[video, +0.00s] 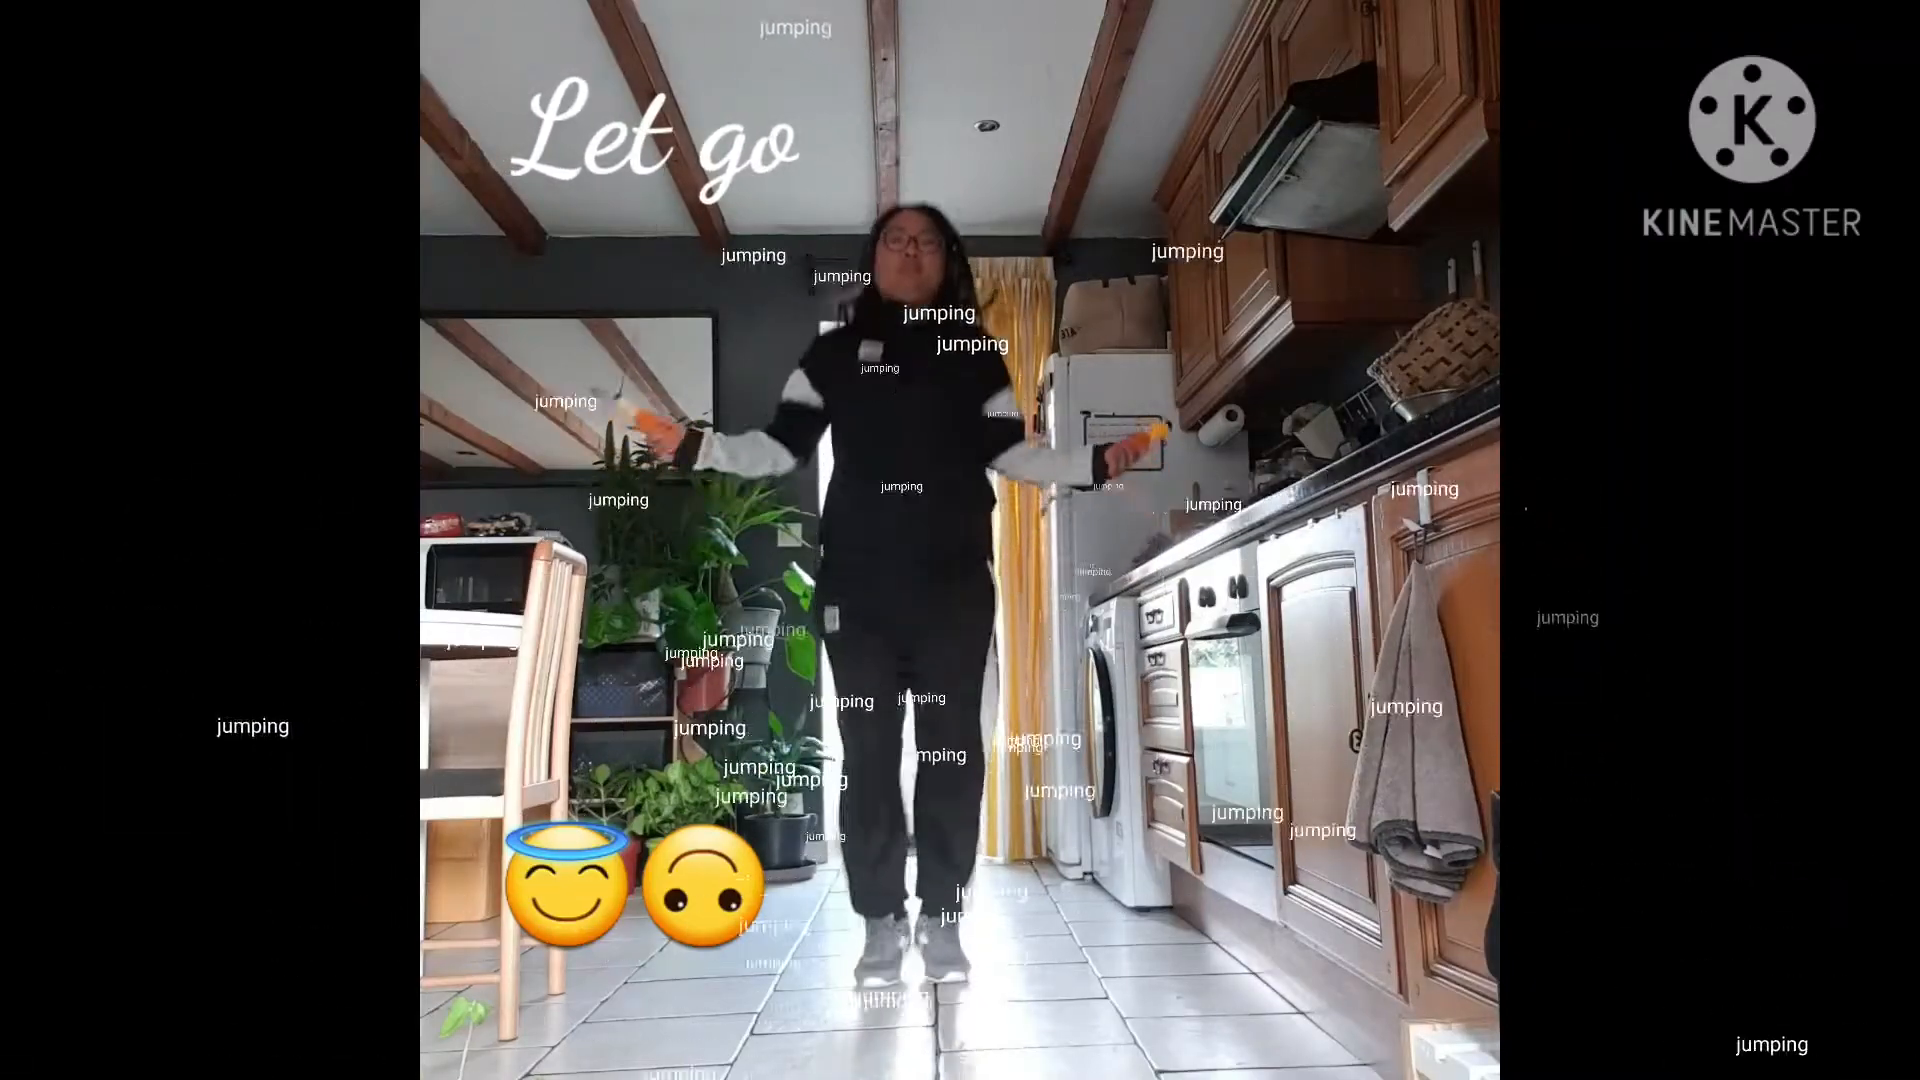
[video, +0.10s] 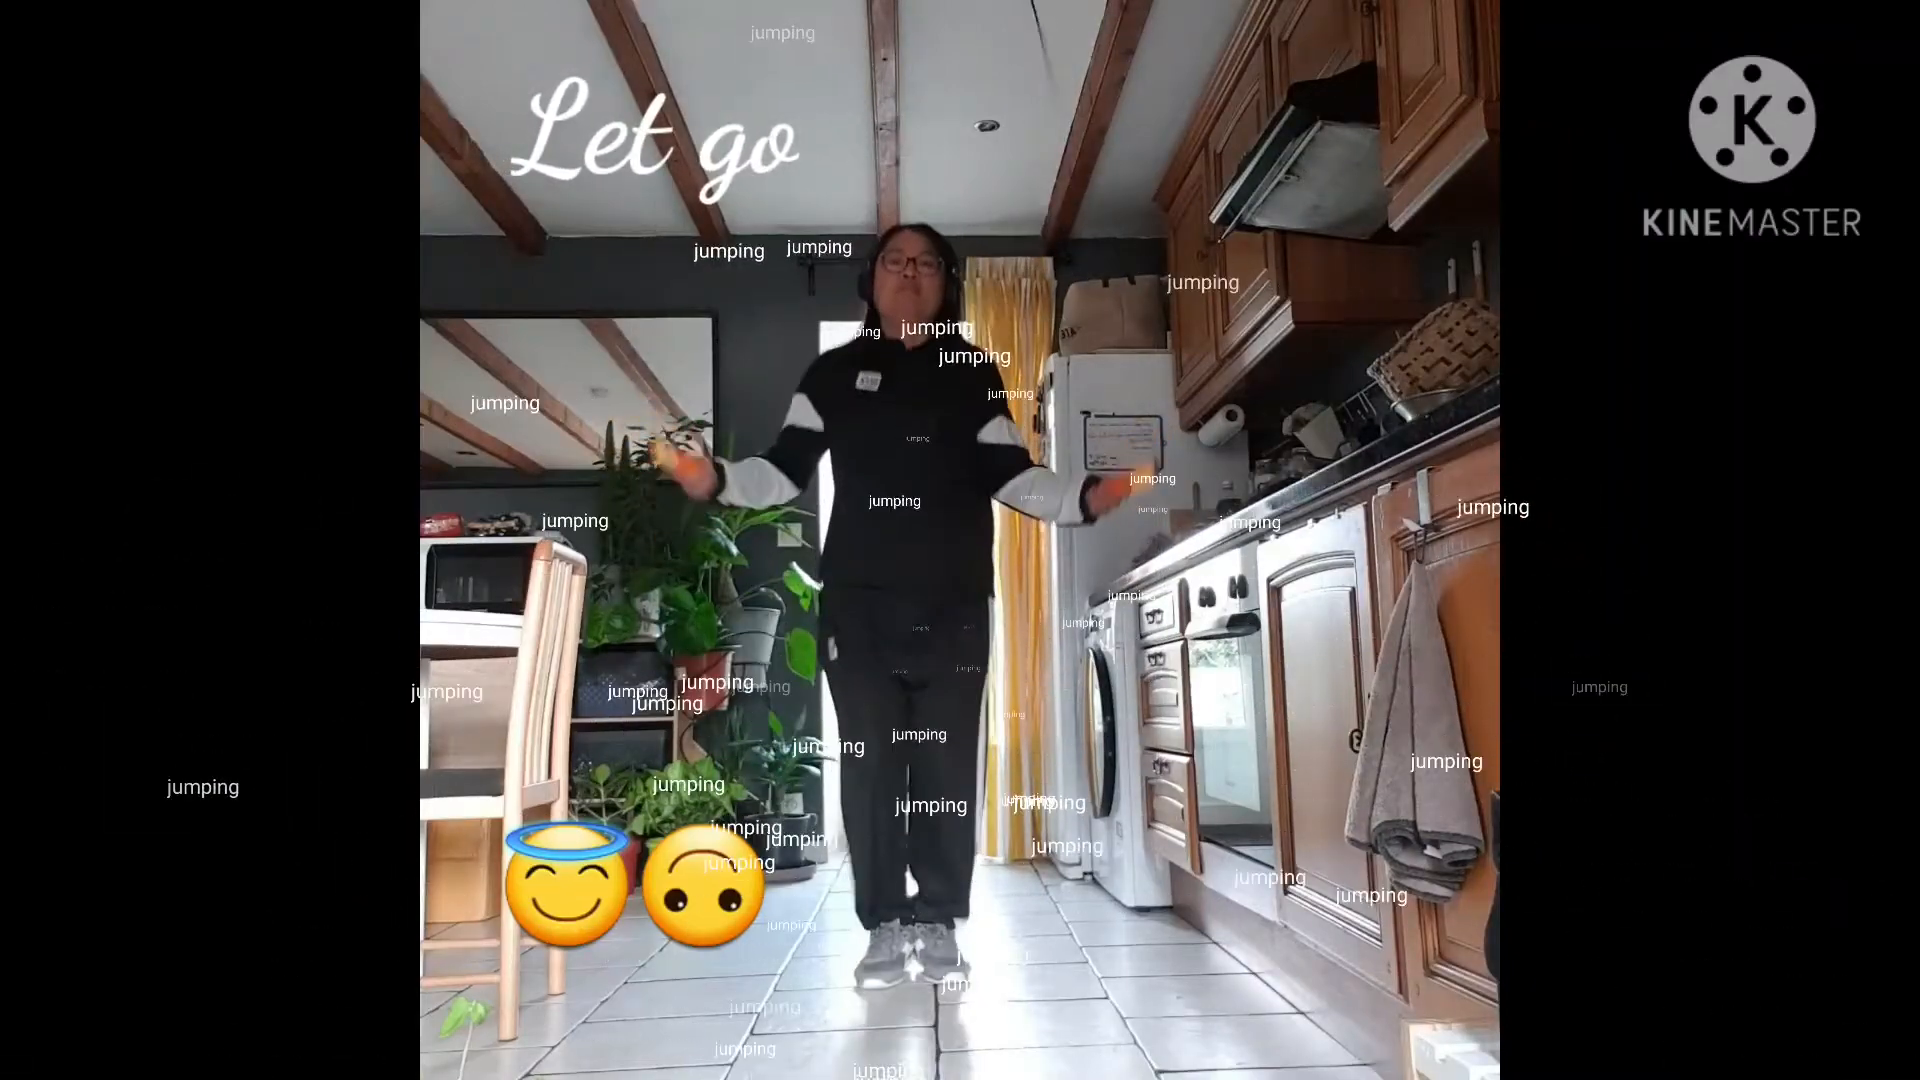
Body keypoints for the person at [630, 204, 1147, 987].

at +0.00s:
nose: (908, 249)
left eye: (925, 240)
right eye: (894, 240)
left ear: (950, 266)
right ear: (870, 263)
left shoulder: (973, 350)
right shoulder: (835, 350)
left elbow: (1009, 454)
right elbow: (780, 447)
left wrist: (1099, 463)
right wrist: (694, 444)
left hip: (954, 575)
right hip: (861, 573)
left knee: (952, 748)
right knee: (869, 753)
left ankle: (942, 915)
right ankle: (880, 923)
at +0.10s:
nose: (907, 272)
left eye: (924, 263)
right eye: (893, 261)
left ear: (947, 284)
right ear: (871, 281)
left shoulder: (972, 372)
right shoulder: (837, 371)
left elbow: (1009, 474)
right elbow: (784, 470)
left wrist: (1081, 499)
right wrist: (718, 481)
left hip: (952, 596)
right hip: (860, 596)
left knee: (944, 762)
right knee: (869, 765)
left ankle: (937, 924)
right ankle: (885, 927)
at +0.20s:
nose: (907, 230)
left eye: (924, 219)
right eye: (893, 218)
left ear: (947, 243)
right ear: (870, 240)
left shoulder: (971, 331)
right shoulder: (832, 331)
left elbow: (1017, 447)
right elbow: (792, 441)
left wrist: (1082, 505)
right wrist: (729, 492)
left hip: (952, 564)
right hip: (858, 563)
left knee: (949, 741)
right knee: (866, 744)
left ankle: (943, 908)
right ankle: (876, 908)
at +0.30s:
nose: (907, 211)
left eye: (923, 202)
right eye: (892, 201)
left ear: (947, 225)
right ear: (868, 222)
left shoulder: (969, 311)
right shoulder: (833, 309)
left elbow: (1007, 424)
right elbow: (785, 416)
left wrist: (1093, 472)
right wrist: (693, 462)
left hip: (951, 540)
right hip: (856, 540)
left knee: (950, 712)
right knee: (867, 714)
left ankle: (944, 883)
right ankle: (879, 884)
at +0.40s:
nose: (906, 235)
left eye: (923, 225)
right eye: (891, 224)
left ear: (947, 251)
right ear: (868, 248)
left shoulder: (970, 338)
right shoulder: (833, 334)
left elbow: (1006, 441)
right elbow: (780, 431)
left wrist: (1094, 455)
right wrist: (690, 431)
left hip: (953, 564)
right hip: (858, 563)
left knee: (950, 737)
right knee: (869, 736)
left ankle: (945, 911)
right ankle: (879, 914)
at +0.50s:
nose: (906, 275)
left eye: (921, 265)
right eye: (892, 264)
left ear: (945, 288)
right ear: (869, 285)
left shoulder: (971, 377)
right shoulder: (834, 375)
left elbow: (1002, 479)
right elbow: (778, 474)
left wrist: (1079, 479)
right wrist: (715, 463)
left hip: (951, 603)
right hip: (857, 603)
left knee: (949, 768)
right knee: (870, 769)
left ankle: (942, 924)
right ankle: (883, 929)